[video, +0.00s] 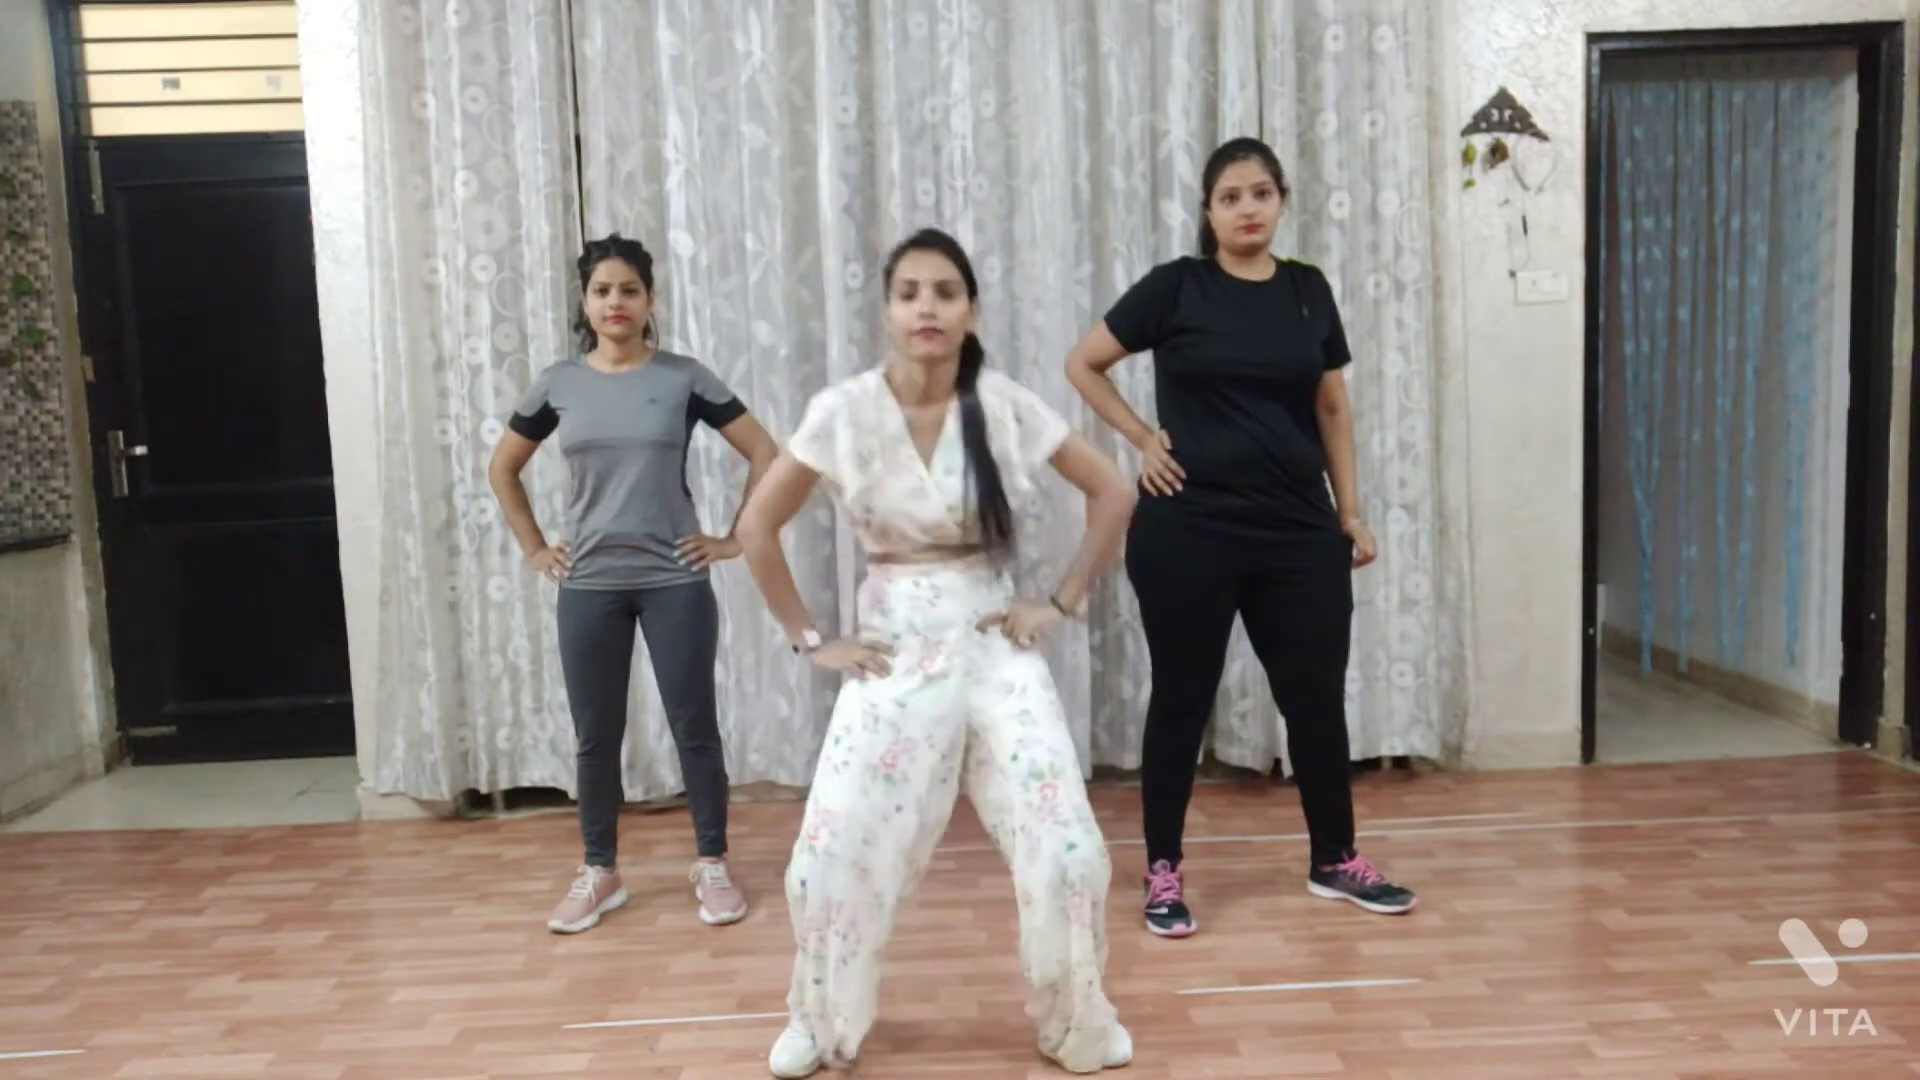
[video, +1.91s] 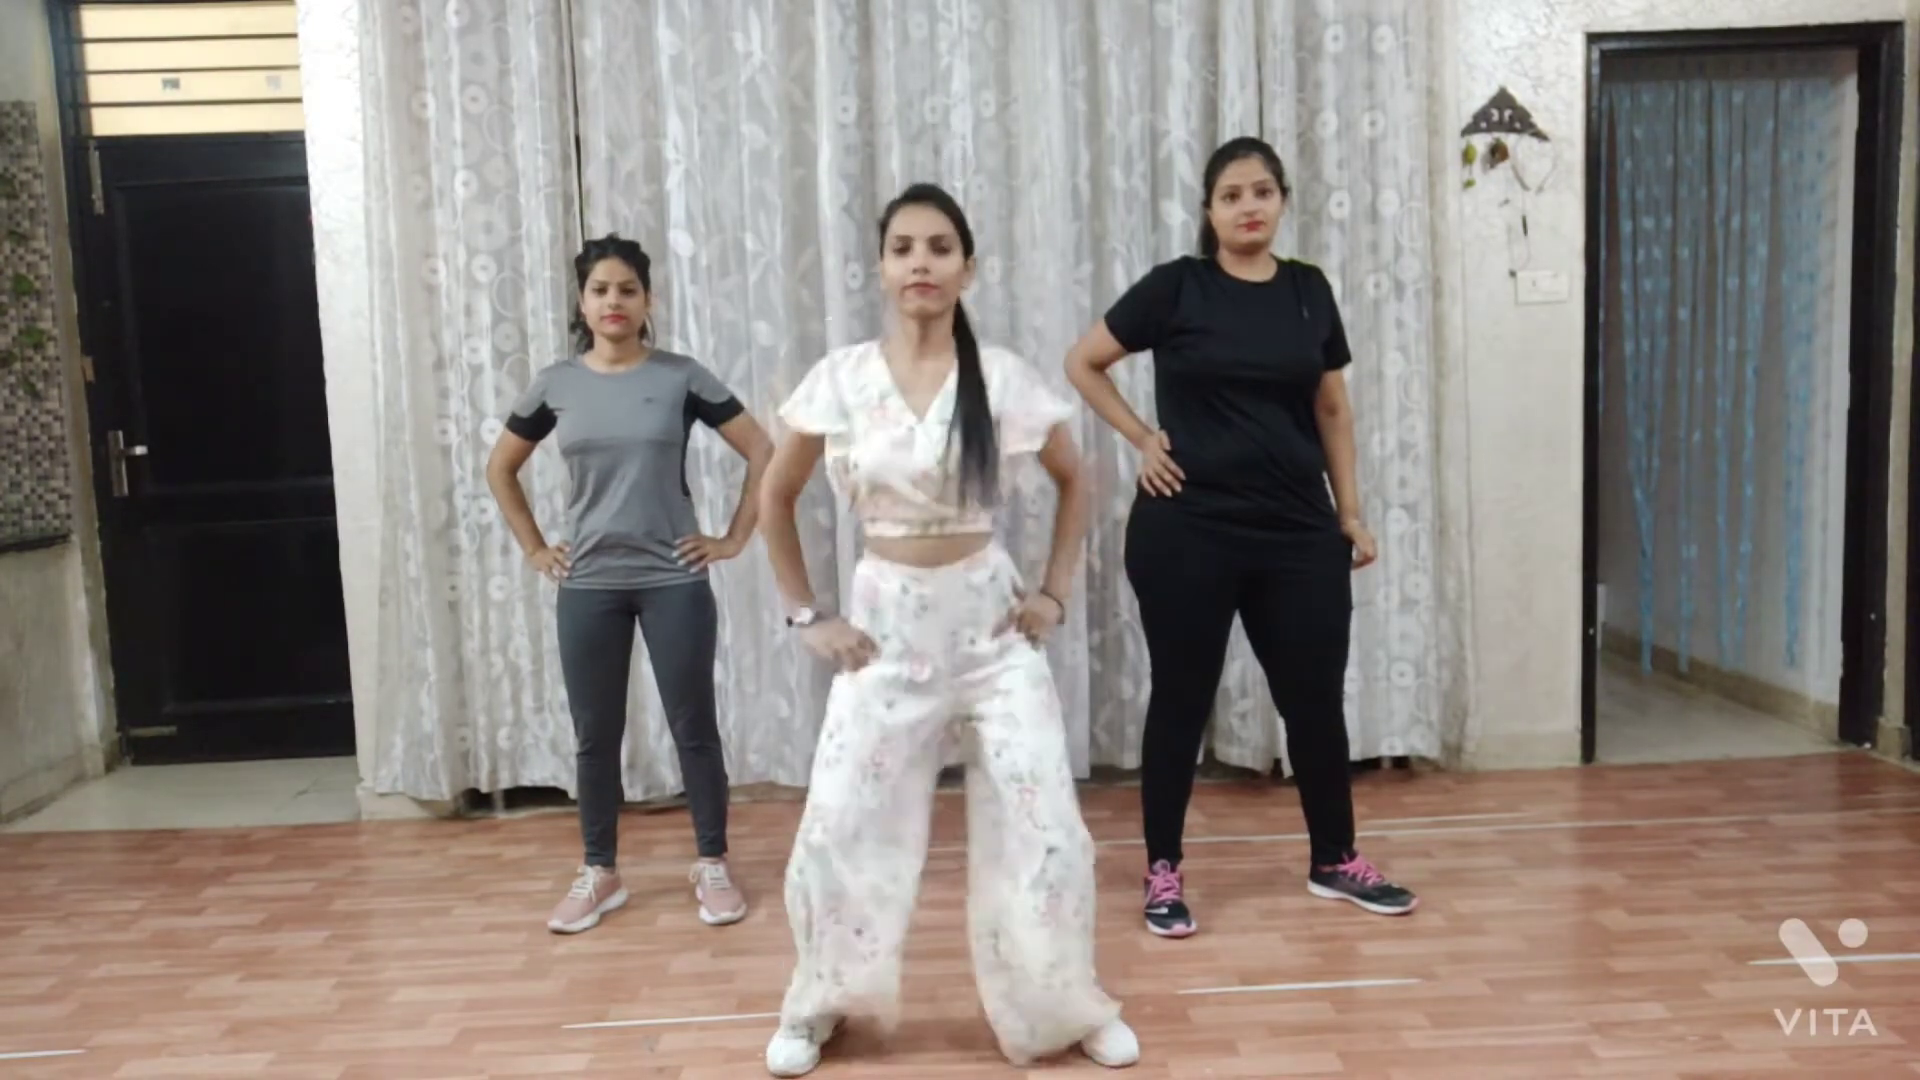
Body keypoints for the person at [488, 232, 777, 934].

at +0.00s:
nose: (616, 302)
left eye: (629, 290)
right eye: (602, 291)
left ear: (650, 301)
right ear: (584, 303)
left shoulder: (685, 379)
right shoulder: (558, 384)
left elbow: (768, 458)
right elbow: (502, 469)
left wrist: (736, 538)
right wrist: (537, 548)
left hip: (675, 575)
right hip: (589, 580)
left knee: (695, 727)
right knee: (596, 737)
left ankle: (712, 865)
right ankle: (599, 872)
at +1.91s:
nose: (613, 301)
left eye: (627, 289)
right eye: (600, 290)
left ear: (647, 301)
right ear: (581, 301)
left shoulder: (682, 378)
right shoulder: (556, 385)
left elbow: (763, 453)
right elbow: (500, 468)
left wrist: (733, 538)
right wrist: (537, 548)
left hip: (674, 574)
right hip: (589, 579)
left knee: (693, 726)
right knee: (595, 736)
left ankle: (712, 866)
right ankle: (599, 872)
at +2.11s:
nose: (612, 302)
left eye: (625, 290)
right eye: (599, 290)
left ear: (646, 301)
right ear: (580, 302)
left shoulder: (682, 378)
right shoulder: (555, 385)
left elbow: (764, 455)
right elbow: (500, 467)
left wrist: (733, 537)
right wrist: (536, 549)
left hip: (673, 575)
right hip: (588, 579)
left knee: (693, 725)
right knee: (594, 736)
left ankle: (712, 865)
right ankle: (599, 872)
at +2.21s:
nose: (612, 301)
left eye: (625, 289)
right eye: (598, 290)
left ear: (646, 300)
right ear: (579, 302)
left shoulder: (682, 378)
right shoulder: (555, 385)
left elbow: (764, 455)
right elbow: (500, 468)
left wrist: (730, 539)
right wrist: (537, 550)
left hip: (674, 574)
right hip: (588, 580)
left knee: (693, 726)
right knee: (595, 735)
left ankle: (713, 866)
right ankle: (599, 873)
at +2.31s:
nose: (612, 301)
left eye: (625, 289)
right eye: (598, 290)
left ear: (646, 301)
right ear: (580, 302)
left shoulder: (681, 378)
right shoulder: (555, 385)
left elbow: (759, 450)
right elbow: (500, 467)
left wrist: (735, 542)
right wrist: (538, 550)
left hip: (673, 575)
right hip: (588, 580)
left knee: (693, 726)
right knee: (595, 735)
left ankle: (712, 866)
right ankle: (599, 872)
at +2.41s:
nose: (612, 301)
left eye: (625, 289)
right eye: (598, 290)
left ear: (646, 300)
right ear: (580, 302)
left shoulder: (682, 378)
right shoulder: (555, 386)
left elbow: (763, 450)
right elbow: (499, 469)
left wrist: (737, 537)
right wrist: (535, 549)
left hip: (674, 579)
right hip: (588, 585)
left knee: (694, 730)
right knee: (595, 738)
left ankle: (714, 867)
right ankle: (599, 872)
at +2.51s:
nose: (612, 300)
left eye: (625, 288)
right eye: (598, 289)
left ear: (647, 299)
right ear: (580, 302)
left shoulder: (683, 379)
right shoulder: (555, 385)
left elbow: (764, 454)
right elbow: (499, 469)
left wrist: (735, 538)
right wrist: (535, 548)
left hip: (674, 580)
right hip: (587, 586)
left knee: (695, 733)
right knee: (595, 739)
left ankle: (719, 876)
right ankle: (599, 872)